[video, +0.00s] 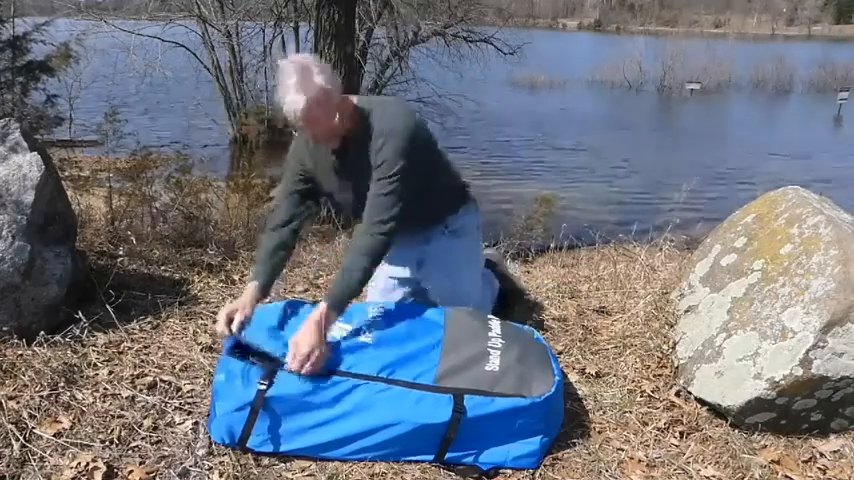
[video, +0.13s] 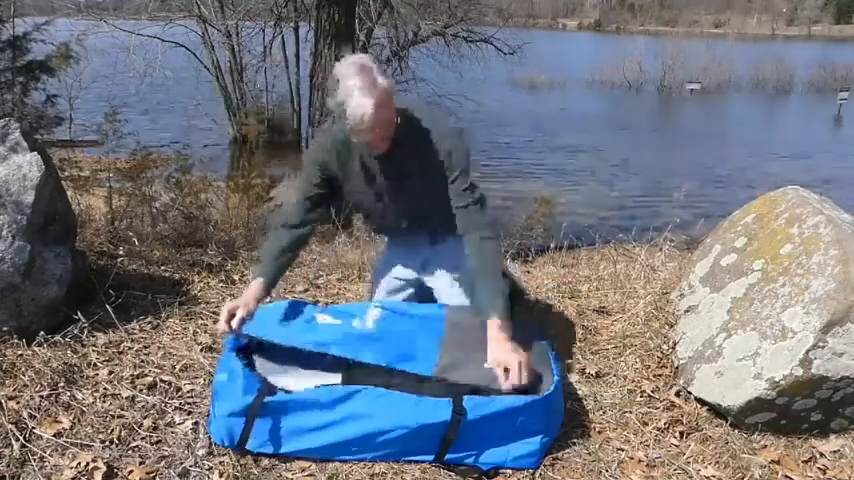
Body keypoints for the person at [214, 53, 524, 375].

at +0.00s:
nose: (309, 134)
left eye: (313, 122)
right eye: (301, 125)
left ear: (338, 104)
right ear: (297, 120)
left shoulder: (394, 128)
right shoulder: (306, 146)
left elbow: (376, 231)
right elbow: (283, 223)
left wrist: (323, 318)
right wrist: (251, 296)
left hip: (448, 230)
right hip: (390, 236)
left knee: (462, 333)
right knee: (369, 336)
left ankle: (491, 280)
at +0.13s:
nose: (381, 142)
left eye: (387, 128)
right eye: (368, 135)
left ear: (393, 105)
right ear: (345, 123)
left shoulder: (437, 136)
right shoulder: (330, 148)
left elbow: (478, 227)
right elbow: (293, 221)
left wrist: (498, 332)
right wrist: (252, 296)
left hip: (453, 243)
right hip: (399, 246)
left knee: (473, 336)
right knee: (381, 333)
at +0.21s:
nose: (403, 145)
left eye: (410, 131)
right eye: (390, 137)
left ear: (418, 107)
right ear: (364, 121)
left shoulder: (456, 142)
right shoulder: (344, 141)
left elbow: (501, 236)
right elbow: (300, 213)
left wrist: (538, 332)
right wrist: (260, 285)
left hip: (461, 246)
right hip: (400, 246)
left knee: (465, 349)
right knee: (382, 340)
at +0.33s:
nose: (363, 134)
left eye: (372, 126)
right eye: (358, 124)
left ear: (406, 107)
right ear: (355, 106)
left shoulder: (468, 135)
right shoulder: (350, 132)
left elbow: (502, 222)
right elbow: (310, 197)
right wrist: (262, 264)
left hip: (462, 240)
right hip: (399, 242)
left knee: (469, 331)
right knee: (375, 334)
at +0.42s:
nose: (350, 134)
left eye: (357, 125)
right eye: (345, 126)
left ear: (391, 107)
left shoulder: (458, 132)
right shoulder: (344, 132)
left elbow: (474, 219)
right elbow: (312, 196)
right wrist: (265, 261)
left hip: (456, 243)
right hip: (397, 242)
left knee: (458, 348)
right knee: (376, 339)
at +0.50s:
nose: (317, 136)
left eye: (322, 126)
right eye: (311, 128)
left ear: (354, 109)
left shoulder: (422, 133)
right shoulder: (326, 131)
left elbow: (404, 232)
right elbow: (305, 198)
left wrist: (334, 269)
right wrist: (264, 260)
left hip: (450, 232)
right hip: (392, 234)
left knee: (460, 343)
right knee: (382, 341)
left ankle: (485, 285)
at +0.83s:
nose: (312, 128)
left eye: (316, 117)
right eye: (306, 120)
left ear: (338, 96)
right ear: (301, 111)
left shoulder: (399, 127)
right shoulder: (312, 130)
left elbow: (393, 223)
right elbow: (304, 196)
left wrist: (339, 269)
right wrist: (268, 251)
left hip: (445, 228)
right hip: (389, 232)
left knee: (461, 325)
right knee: (373, 332)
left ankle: (484, 285)